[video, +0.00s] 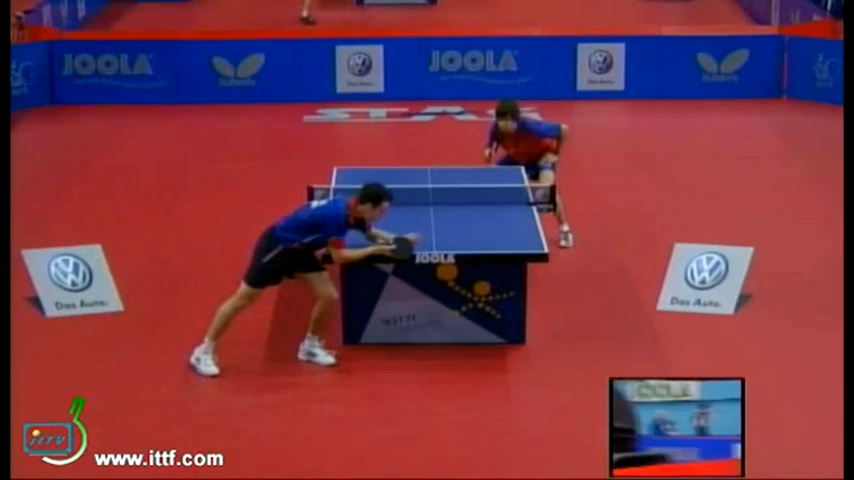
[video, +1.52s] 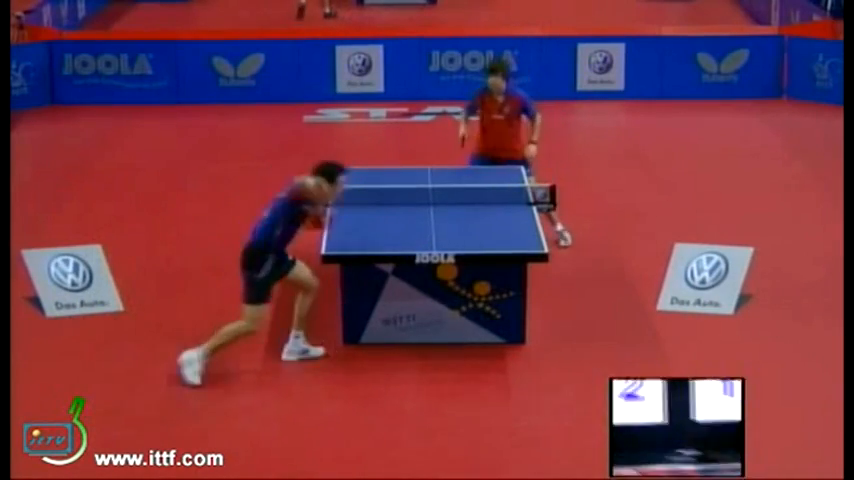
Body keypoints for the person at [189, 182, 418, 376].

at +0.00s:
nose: (380, 215)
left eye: (382, 211)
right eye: (379, 210)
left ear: (365, 206)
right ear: (363, 205)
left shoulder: (354, 215)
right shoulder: (336, 217)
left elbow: (369, 234)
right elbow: (337, 257)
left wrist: (395, 241)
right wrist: (375, 251)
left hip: (303, 250)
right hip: (275, 245)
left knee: (328, 296)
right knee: (243, 299)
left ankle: (311, 346)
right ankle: (205, 349)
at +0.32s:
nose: (375, 205)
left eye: (376, 199)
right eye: (373, 199)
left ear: (361, 196)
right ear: (358, 194)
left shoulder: (350, 207)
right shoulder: (331, 209)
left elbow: (375, 227)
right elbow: (339, 250)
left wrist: (401, 236)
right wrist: (372, 241)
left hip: (301, 251)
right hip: (275, 246)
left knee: (329, 297)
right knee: (244, 302)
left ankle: (311, 346)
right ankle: (201, 348)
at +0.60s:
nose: (348, 185)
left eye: (348, 179)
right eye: (344, 180)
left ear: (331, 180)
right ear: (328, 182)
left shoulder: (324, 188)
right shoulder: (309, 208)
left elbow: (364, 165)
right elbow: (327, 243)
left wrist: (396, 143)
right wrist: (356, 231)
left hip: (294, 253)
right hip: (269, 255)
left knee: (330, 297)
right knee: (243, 312)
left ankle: (310, 345)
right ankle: (194, 357)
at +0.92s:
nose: (309, 175)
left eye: (307, 169)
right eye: (304, 172)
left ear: (294, 180)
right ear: (292, 181)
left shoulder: (294, 192)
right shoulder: (274, 212)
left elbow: (310, 164)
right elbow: (260, 247)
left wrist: (339, 152)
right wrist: (296, 264)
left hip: (276, 256)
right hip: (252, 262)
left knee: (319, 294)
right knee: (237, 322)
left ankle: (310, 345)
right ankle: (187, 362)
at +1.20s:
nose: (301, 169)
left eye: (298, 165)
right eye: (296, 167)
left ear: (285, 179)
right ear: (283, 178)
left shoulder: (284, 190)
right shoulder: (257, 202)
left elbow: (291, 180)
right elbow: (230, 233)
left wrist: (308, 179)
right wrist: (252, 259)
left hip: (265, 251)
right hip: (239, 256)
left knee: (305, 290)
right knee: (227, 320)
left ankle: (309, 344)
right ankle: (184, 362)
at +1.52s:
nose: (339, 190)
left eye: (339, 185)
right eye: (337, 184)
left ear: (324, 182)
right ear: (324, 183)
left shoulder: (304, 203)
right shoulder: (300, 195)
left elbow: (316, 221)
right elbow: (305, 185)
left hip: (276, 254)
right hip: (258, 256)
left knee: (310, 284)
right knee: (252, 324)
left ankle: (296, 343)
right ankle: (196, 356)